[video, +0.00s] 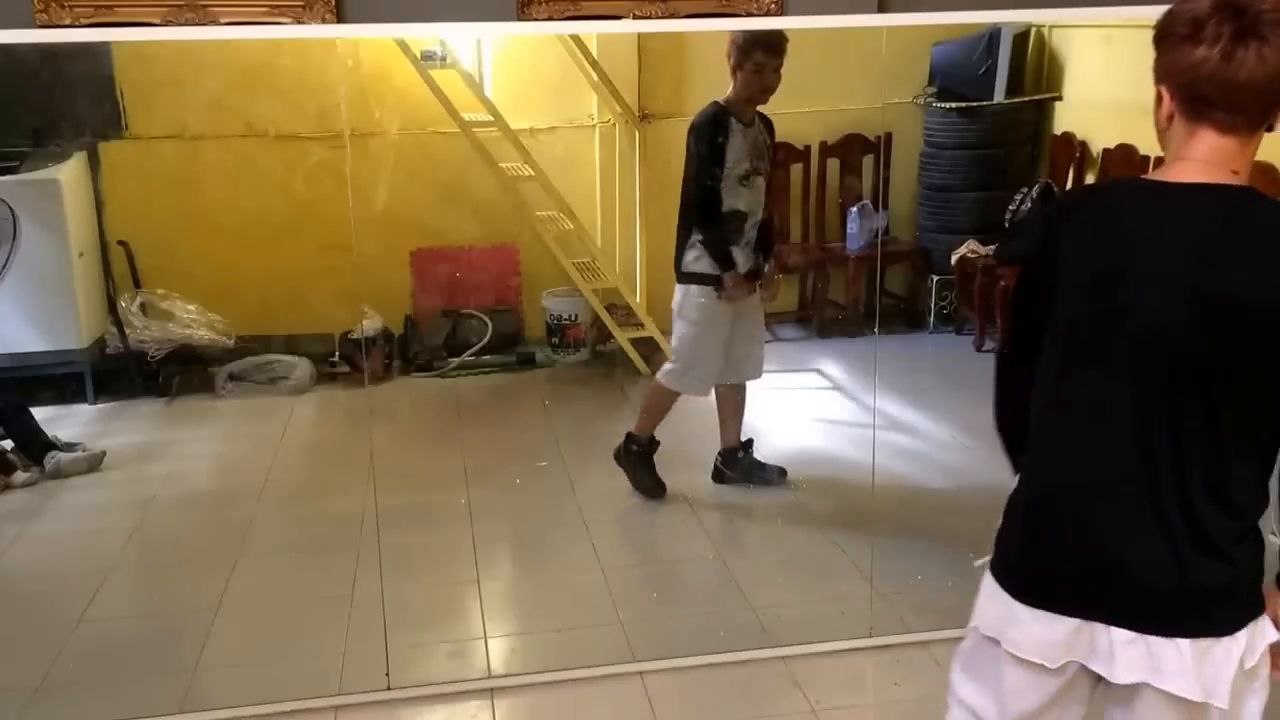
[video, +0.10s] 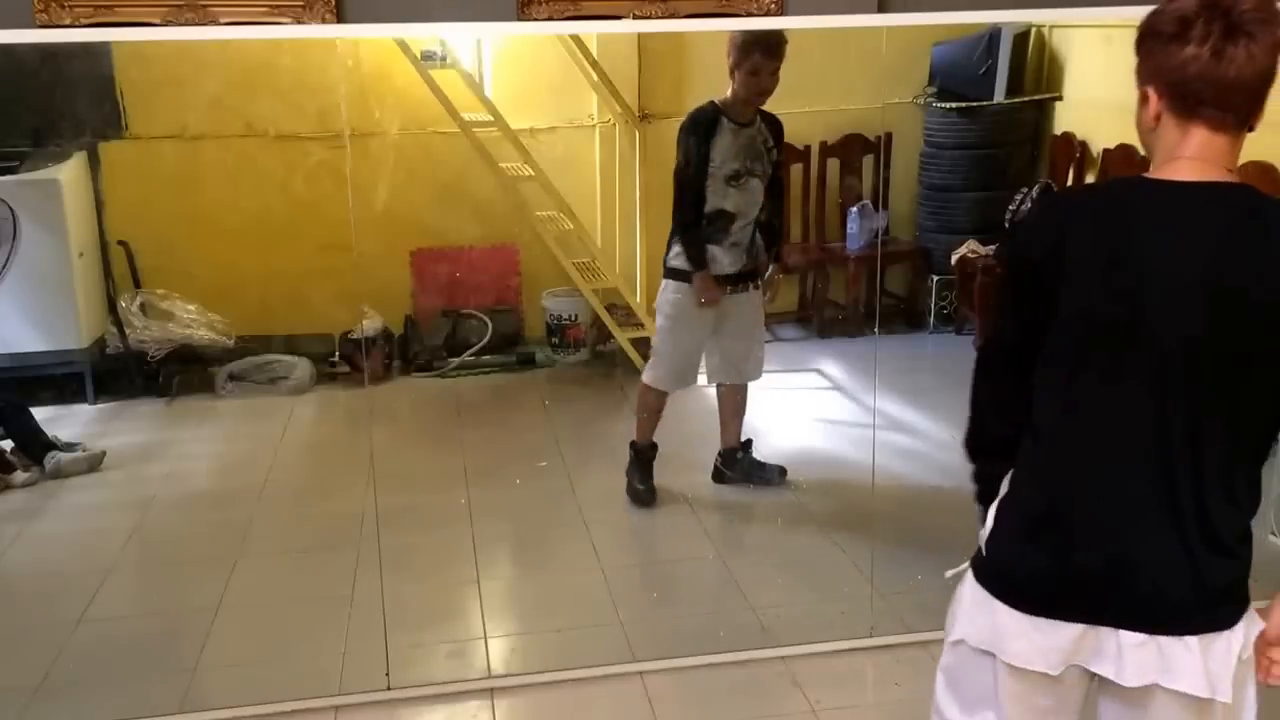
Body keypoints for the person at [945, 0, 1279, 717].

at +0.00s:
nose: (1149, 102)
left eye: (1152, 86)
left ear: (1164, 101)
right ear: (1269, 117)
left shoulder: (1072, 222)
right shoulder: (1270, 242)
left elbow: (1017, 413)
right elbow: (1271, 443)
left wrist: (1069, 498)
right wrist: (1276, 590)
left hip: (1043, 590)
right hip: (1203, 612)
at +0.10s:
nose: (1134, 108)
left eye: (1135, 91)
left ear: (1151, 100)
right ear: (1256, 110)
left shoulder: (1057, 224)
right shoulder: (1271, 242)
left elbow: (996, 409)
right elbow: (1279, 438)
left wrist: (1004, 514)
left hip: (1032, 590)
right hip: (1194, 609)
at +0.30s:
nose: (1069, 123)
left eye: (1071, 104)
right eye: (1070, 103)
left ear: (1092, 109)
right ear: (1185, 105)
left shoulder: (1035, 232)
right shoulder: (1256, 243)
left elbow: (962, 402)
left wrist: (918, 541)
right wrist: (1273, 574)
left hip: (1027, 602)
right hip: (1178, 605)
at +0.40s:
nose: (1032, 134)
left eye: (1030, 116)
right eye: (1030, 115)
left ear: (1050, 115)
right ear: (1137, 109)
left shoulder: (1007, 243)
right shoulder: (1227, 240)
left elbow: (941, 419)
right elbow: (1256, 417)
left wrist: (901, 568)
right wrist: (1236, 557)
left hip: (1016, 604)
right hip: (1166, 604)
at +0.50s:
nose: (980, 144)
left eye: (979, 125)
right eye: (980, 125)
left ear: (999, 122)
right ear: (1089, 111)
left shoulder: (970, 252)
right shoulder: (1181, 238)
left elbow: (918, 442)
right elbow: (1218, 419)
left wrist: (899, 602)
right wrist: (1206, 562)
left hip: (1003, 611)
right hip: (1147, 604)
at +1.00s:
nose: (943, 174)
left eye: (937, 156)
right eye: (937, 157)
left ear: (957, 144)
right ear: (1041, 122)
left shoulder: (950, 264)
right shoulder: (1160, 238)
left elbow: (956, 468)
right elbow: (1195, 424)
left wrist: (976, 643)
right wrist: (1213, 592)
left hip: (998, 620)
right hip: (1136, 612)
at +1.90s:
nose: (971, 185)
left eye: (962, 164)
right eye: (963, 166)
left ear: (980, 149)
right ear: (1074, 133)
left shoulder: (967, 258)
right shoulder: (1183, 236)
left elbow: (910, 454)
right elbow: (1186, 409)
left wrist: (976, 525)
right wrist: (1116, 489)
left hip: (993, 614)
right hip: (1144, 609)